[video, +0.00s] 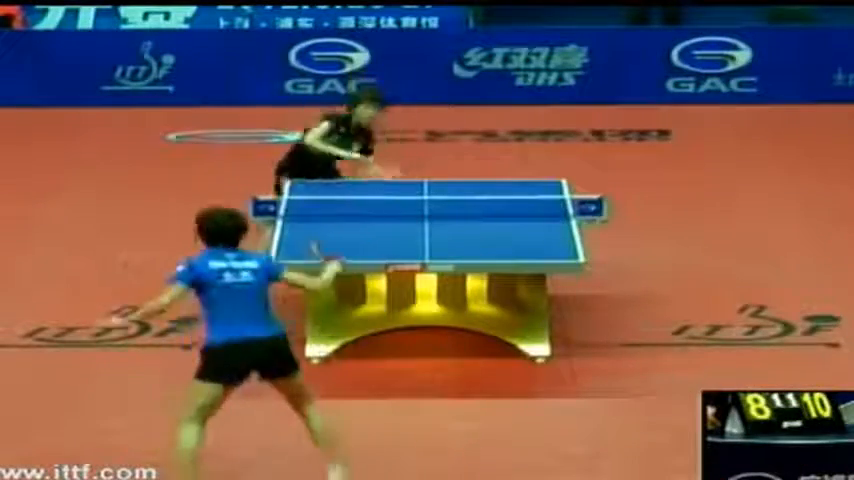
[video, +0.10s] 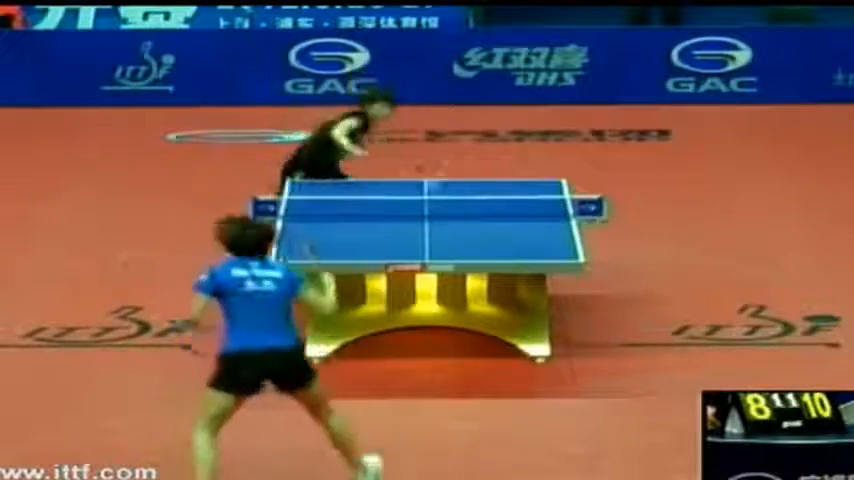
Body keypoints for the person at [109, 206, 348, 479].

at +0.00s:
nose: (195, 238)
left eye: (198, 233)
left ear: (205, 238)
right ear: (239, 236)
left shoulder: (197, 266)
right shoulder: (260, 262)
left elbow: (163, 304)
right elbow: (314, 285)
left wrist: (131, 318)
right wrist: (330, 270)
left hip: (225, 349)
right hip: (269, 345)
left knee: (195, 420)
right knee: (305, 404)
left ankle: (185, 474)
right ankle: (337, 465)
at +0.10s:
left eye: (226, 239)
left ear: (231, 245)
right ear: (265, 245)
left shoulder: (220, 274)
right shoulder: (283, 274)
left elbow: (196, 318)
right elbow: (326, 307)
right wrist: (328, 281)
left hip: (241, 358)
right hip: (286, 355)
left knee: (207, 427)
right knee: (326, 414)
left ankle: (204, 474)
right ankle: (361, 467)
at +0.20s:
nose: (245, 254)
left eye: (248, 250)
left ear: (255, 255)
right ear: (286, 256)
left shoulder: (241, 283)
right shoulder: (304, 284)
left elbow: (211, 323)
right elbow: (342, 319)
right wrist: (343, 295)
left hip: (255, 367)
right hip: (300, 364)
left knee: (214, 430)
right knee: (337, 410)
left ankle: (206, 476)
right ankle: (367, 468)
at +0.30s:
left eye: (268, 243)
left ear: (272, 246)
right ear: (304, 247)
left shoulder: (258, 274)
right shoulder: (322, 276)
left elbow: (221, 310)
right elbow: (356, 308)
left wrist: (243, 277)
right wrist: (350, 282)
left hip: (265, 358)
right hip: (311, 357)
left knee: (219, 418)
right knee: (346, 406)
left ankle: (209, 475)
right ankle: (368, 468)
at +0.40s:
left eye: (267, 232)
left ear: (271, 236)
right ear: (303, 238)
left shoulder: (256, 264)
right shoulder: (320, 266)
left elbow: (223, 298)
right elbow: (356, 300)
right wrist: (350, 280)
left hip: (265, 347)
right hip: (310, 347)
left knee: (224, 410)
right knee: (346, 405)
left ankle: (207, 472)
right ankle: (370, 466)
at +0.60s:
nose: (253, 255)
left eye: (255, 251)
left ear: (261, 255)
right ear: (292, 252)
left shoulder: (250, 281)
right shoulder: (314, 280)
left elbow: (210, 314)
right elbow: (348, 310)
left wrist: (220, 299)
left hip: (262, 363)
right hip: (309, 362)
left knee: (220, 417)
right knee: (350, 409)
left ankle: (199, 473)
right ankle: (371, 469)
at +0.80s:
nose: (252, 250)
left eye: (254, 245)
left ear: (259, 248)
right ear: (288, 243)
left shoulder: (261, 272)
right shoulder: (312, 265)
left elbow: (215, 309)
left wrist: (208, 286)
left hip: (295, 348)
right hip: (337, 343)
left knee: (245, 409)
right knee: (357, 406)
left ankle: (219, 470)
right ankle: (371, 470)